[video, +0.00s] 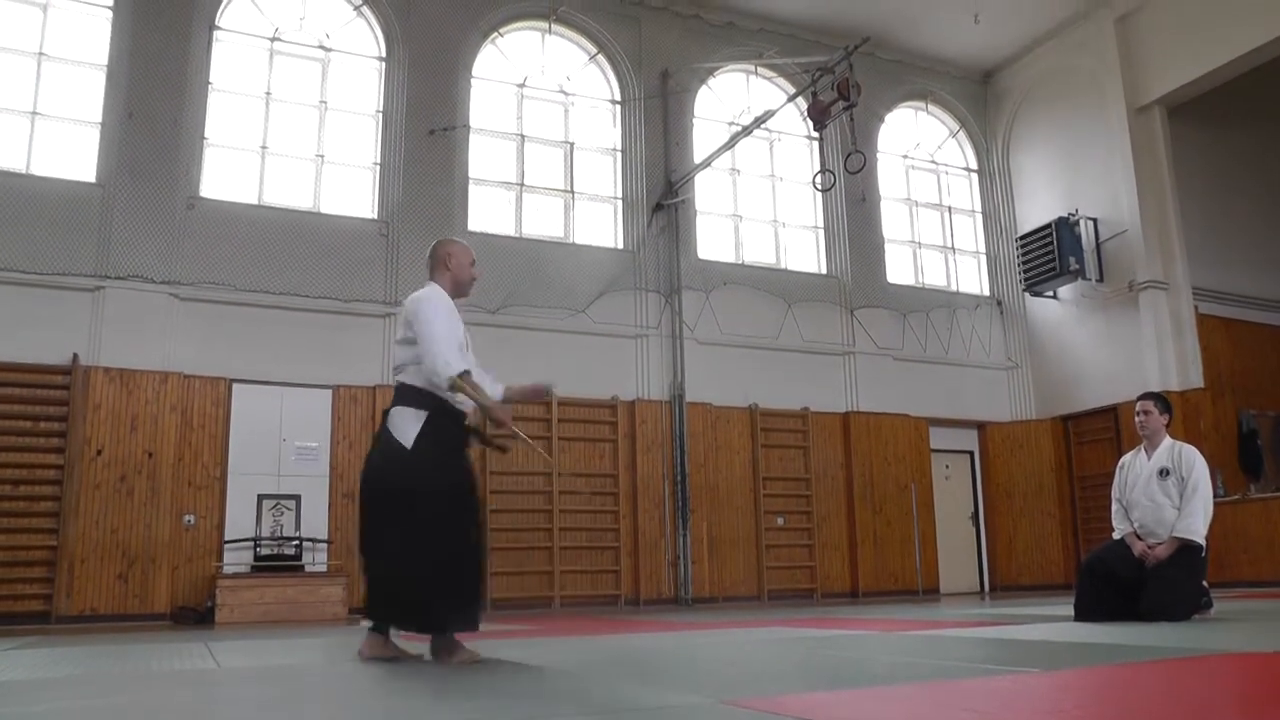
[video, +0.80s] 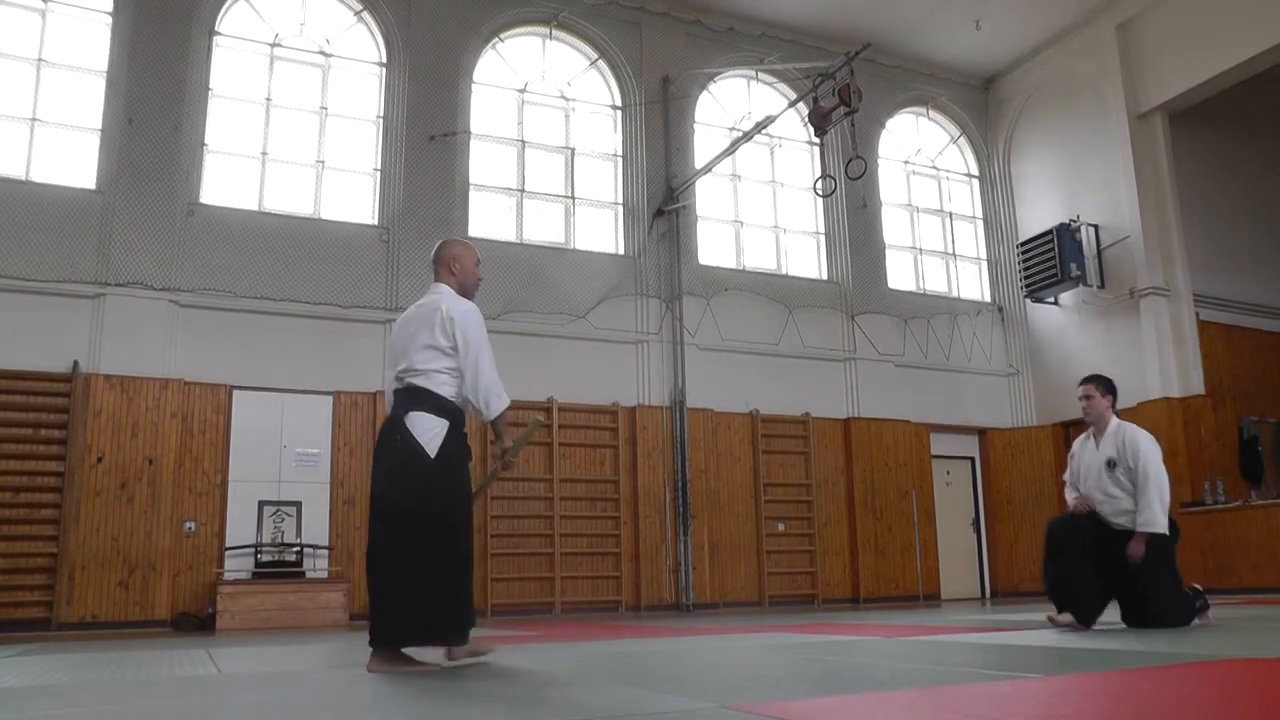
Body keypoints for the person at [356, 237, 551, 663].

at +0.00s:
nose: (476, 273)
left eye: (475, 266)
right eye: (470, 265)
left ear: (446, 264)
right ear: (447, 264)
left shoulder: (447, 314)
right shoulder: (431, 299)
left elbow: (472, 378)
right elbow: (447, 365)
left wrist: (517, 392)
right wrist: (489, 406)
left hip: (422, 424)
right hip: (424, 427)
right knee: (452, 530)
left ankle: (378, 636)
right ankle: (445, 640)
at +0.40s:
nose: (462, 271)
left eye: (461, 263)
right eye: (457, 263)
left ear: (428, 266)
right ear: (435, 264)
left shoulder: (401, 311)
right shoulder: (439, 307)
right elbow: (460, 367)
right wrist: (491, 420)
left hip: (391, 418)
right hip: (418, 423)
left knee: (391, 528)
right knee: (407, 529)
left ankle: (382, 642)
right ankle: (382, 645)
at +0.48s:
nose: (464, 269)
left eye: (463, 261)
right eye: (460, 261)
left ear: (431, 264)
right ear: (438, 262)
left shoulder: (398, 313)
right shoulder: (442, 305)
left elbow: (379, 383)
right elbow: (462, 366)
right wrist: (489, 424)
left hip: (392, 417)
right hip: (419, 420)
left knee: (391, 525)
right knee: (412, 526)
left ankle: (382, 642)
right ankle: (383, 645)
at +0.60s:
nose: (470, 269)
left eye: (469, 261)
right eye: (465, 260)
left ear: (435, 264)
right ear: (443, 262)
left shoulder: (398, 313)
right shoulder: (447, 306)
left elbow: (384, 381)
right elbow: (467, 370)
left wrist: (379, 430)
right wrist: (492, 431)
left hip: (390, 420)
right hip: (423, 423)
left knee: (390, 528)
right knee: (413, 529)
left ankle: (389, 645)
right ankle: (391, 647)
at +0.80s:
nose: (481, 274)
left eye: (480, 265)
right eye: (476, 265)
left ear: (444, 267)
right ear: (454, 265)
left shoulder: (405, 317)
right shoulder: (461, 310)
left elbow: (393, 384)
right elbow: (481, 375)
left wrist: (402, 426)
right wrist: (503, 435)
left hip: (397, 429)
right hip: (436, 430)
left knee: (392, 535)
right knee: (450, 532)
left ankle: (385, 647)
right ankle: (457, 638)